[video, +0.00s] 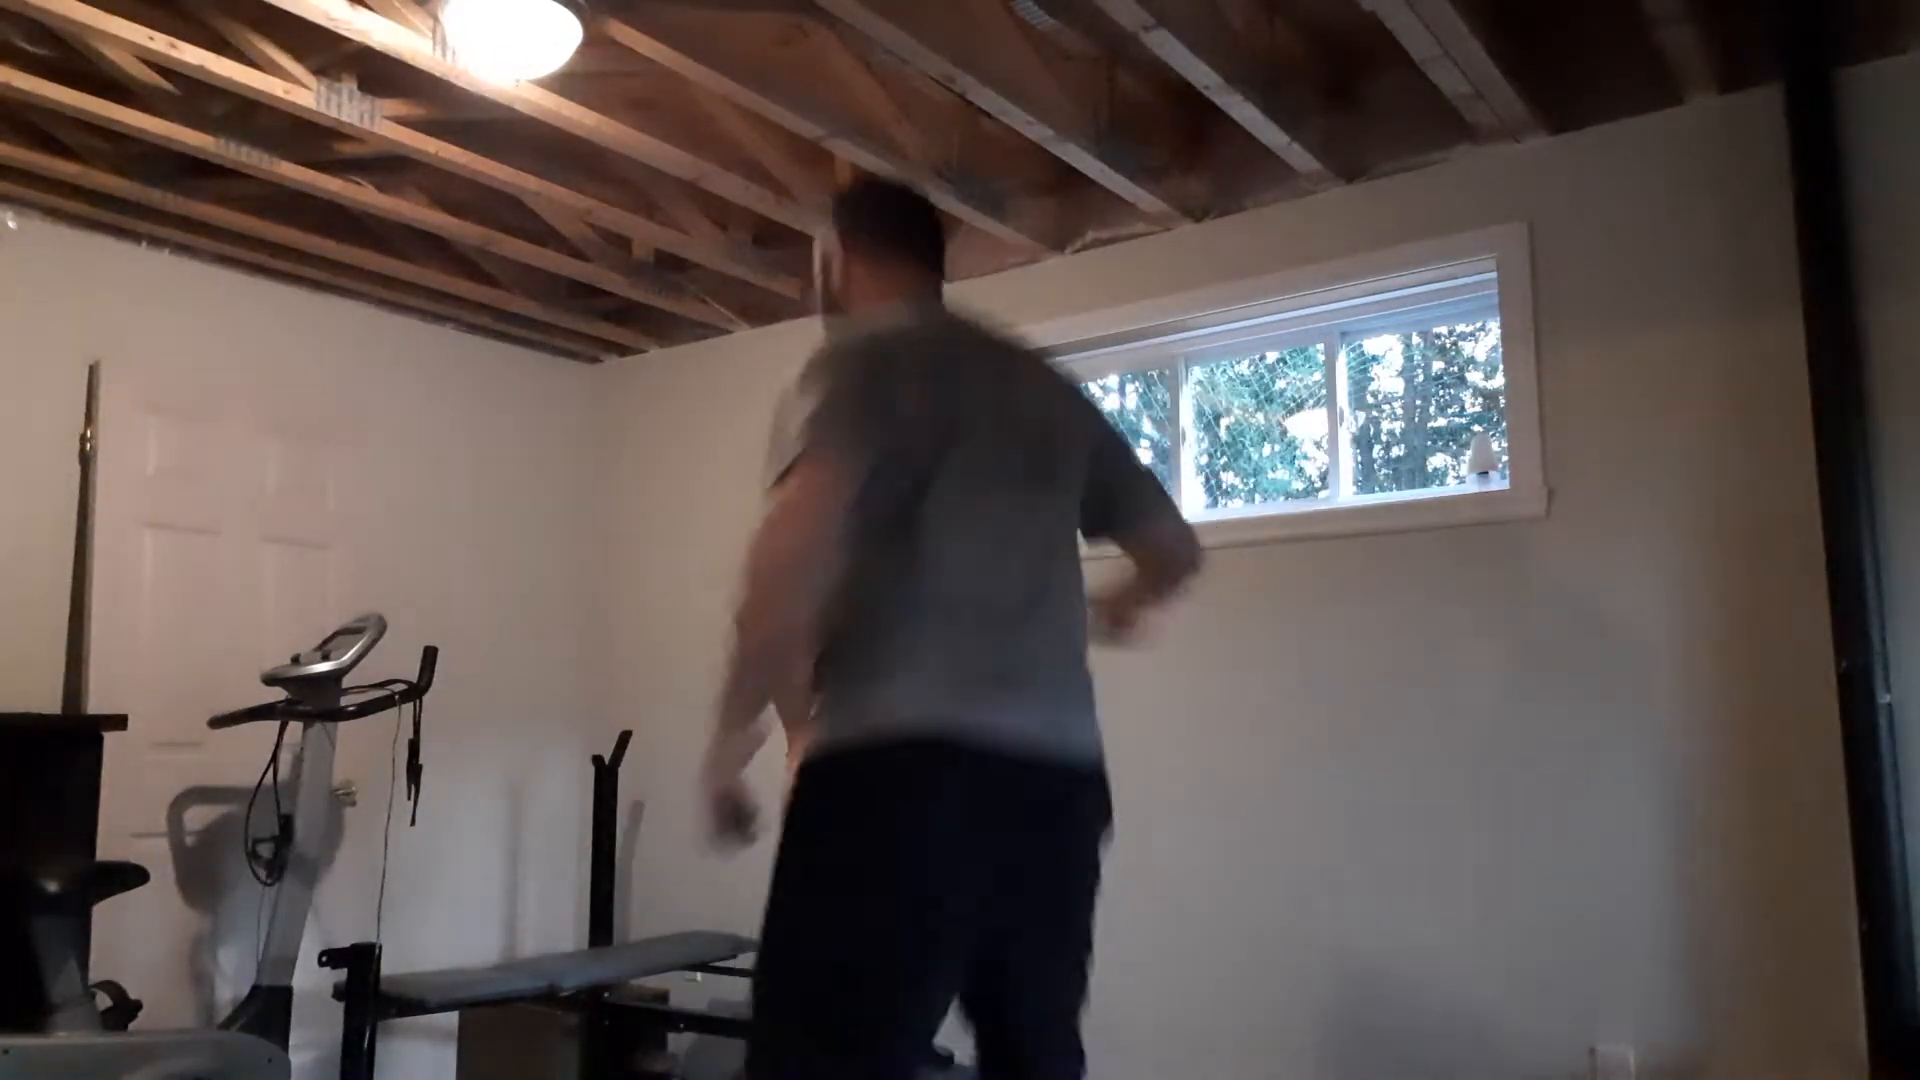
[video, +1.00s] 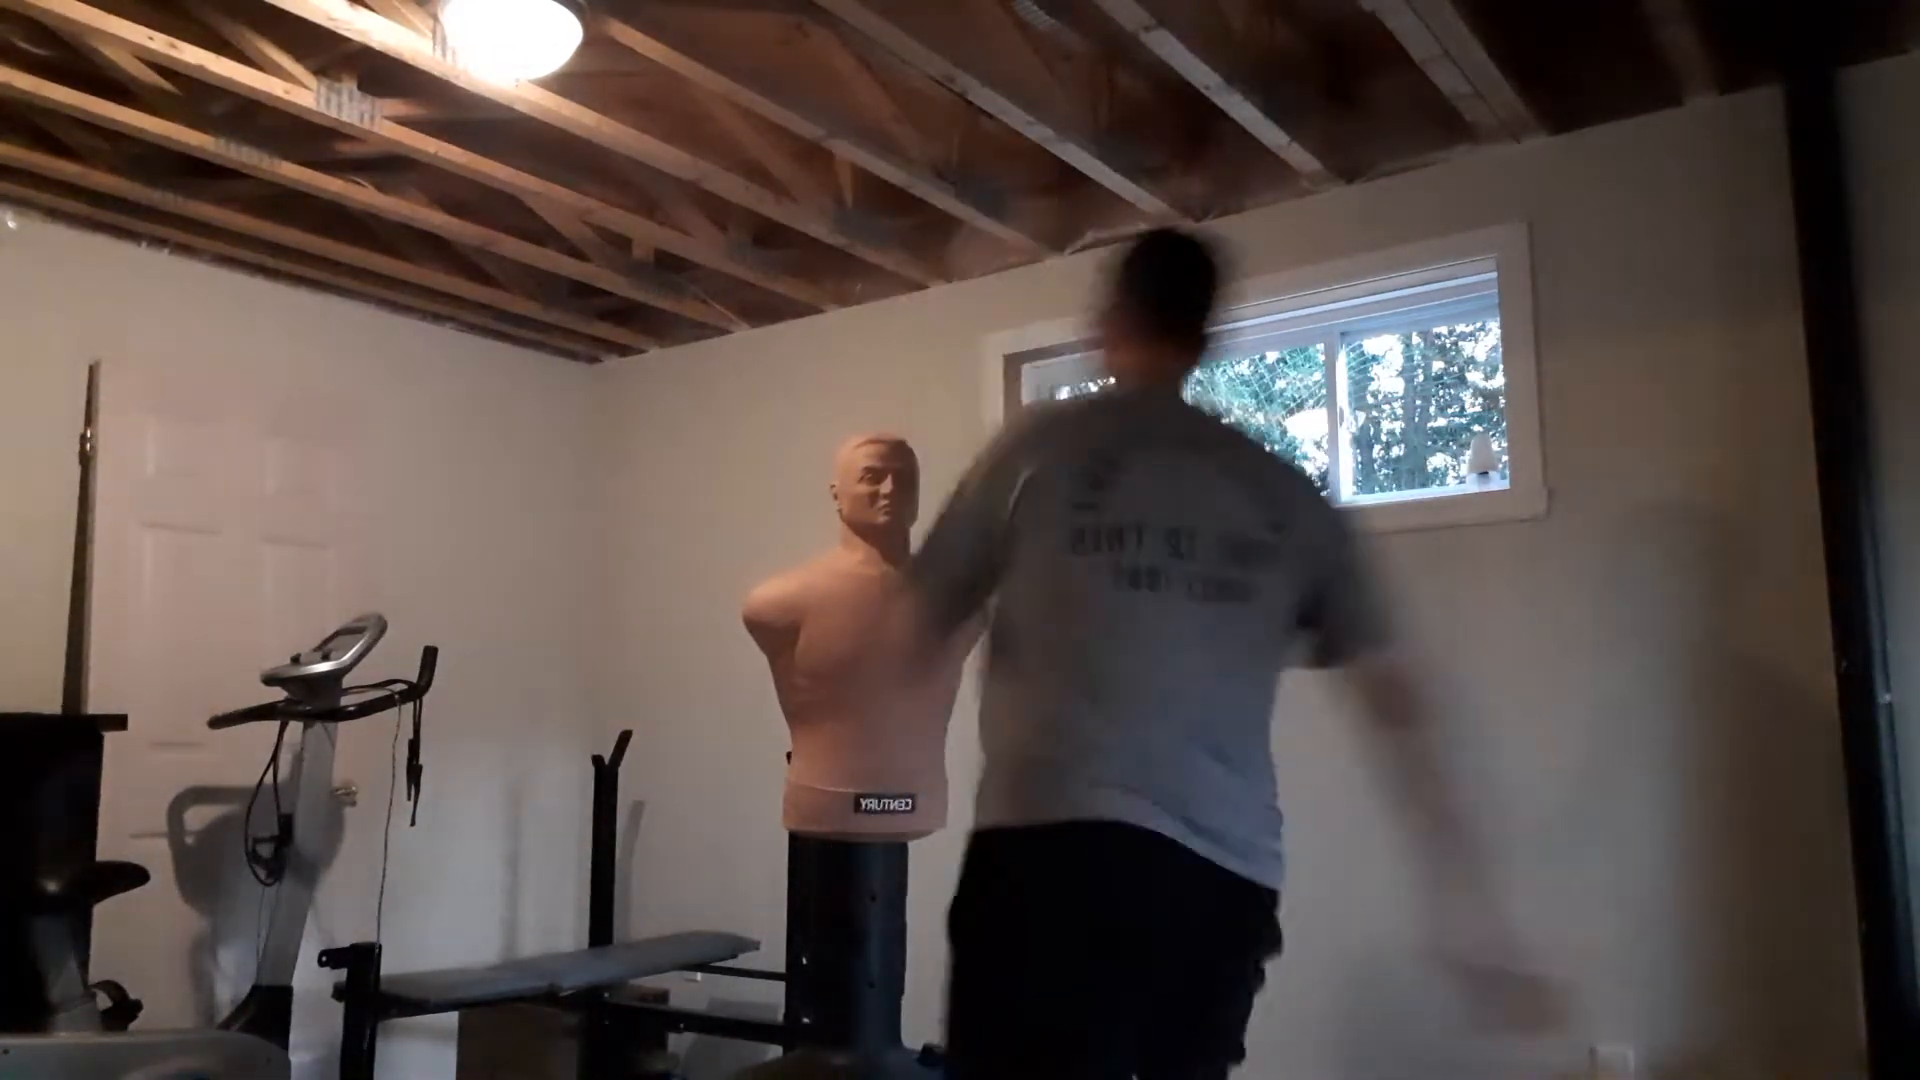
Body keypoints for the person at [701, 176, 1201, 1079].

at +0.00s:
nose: (825, 285)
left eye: (823, 266)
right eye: (825, 269)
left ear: (840, 262)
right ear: (937, 262)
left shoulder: (859, 365)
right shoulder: (1043, 383)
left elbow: (804, 530)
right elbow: (1173, 548)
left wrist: (735, 733)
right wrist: (1119, 606)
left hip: (892, 781)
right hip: (1053, 789)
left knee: (819, 1056)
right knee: (1037, 1056)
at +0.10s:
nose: (820, 246)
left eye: (817, 224)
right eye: (818, 227)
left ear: (841, 213)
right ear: (936, 213)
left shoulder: (870, 301)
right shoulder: (1047, 331)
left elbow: (897, 496)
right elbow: (1121, 538)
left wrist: (810, 686)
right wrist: (986, 594)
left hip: (924, 716)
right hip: (1060, 716)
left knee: (855, 1034)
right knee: (1003, 1022)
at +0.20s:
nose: (831, 268)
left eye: (831, 241)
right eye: (830, 244)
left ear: (861, 236)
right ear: (953, 235)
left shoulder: (931, 342)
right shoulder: (1036, 353)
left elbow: (953, 550)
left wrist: (835, 715)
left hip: (950, 756)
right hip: (1038, 751)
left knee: (893, 1044)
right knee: (965, 1039)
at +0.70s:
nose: (886, 306)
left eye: (886, 284)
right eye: (887, 288)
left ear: (901, 281)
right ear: (1002, 274)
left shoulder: (985, 378)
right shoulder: (1074, 386)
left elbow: (1010, 627)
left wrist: (843, 762)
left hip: (1075, 824)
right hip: (1137, 816)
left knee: (1033, 1062)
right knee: (1103, 1058)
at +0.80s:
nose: (904, 288)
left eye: (907, 266)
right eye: (908, 268)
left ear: (925, 267)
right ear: (1025, 272)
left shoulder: (972, 362)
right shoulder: (1110, 375)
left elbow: (997, 572)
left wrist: (880, 745)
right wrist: (893, 556)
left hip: (1106, 783)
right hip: (1216, 780)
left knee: (990, 1052)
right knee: (1139, 1058)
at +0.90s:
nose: (973, 322)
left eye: (980, 301)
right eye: (983, 302)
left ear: (995, 307)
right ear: (1089, 313)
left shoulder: (983, 416)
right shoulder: (1191, 438)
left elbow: (925, 625)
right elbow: (1264, 645)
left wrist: (866, 814)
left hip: (1081, 819)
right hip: (1244, 826)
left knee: (1024, 1061)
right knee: (1172, 1061)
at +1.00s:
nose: (1106, 328)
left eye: (1111, 313)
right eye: (1122, 312)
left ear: (1111, 323)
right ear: (1206, 333)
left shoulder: (1038, 444)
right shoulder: (1283, 490)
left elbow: (911, 636)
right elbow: (1395, 701)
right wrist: (1474, 928)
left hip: (1042, 859)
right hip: (1216, 882)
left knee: (1011, 1066)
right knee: (1181, 1067)